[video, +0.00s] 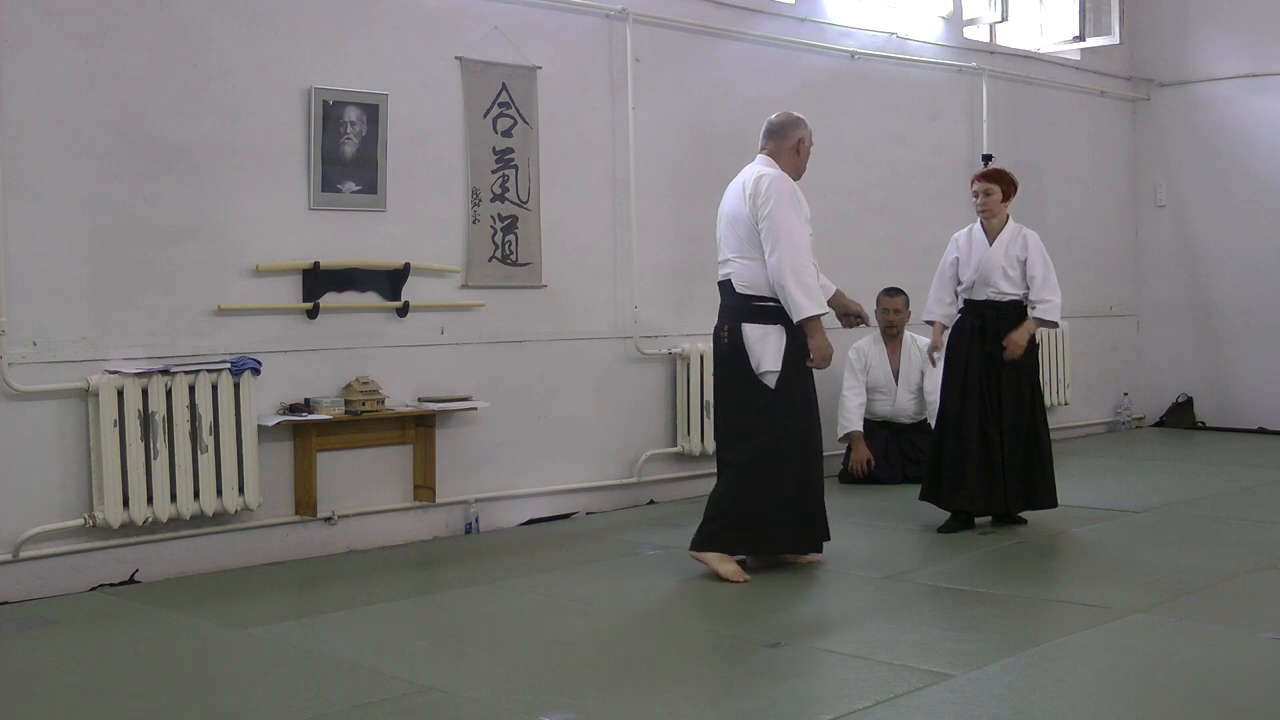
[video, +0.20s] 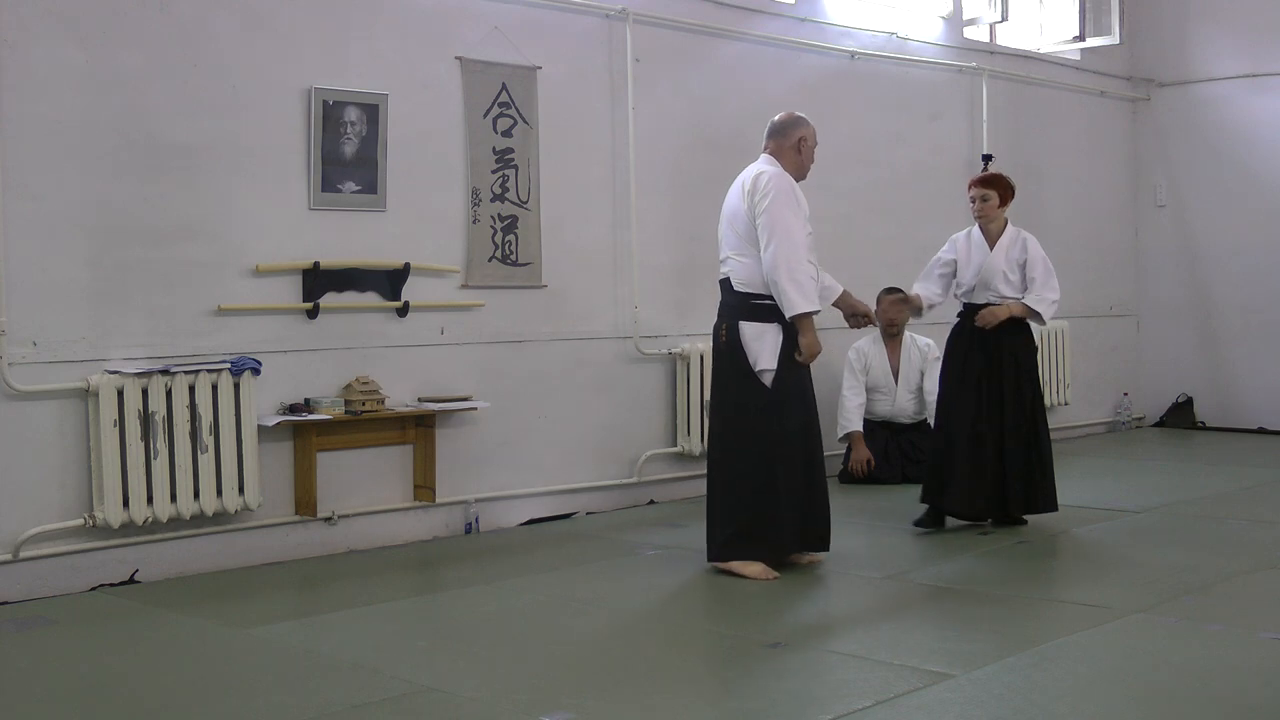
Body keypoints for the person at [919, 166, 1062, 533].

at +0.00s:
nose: (980, 200)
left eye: (988, 194)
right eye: (976, 195)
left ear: (1006, 198)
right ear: (972, 199)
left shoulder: (1025, 239)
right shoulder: (961, 239)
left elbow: (1047, 296)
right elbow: (945, 289)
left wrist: (1025, 330)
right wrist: (937, 331)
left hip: (1011, 330)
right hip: (969, 330)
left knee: (1010, 414)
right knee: (963, 414)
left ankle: (1006, 506)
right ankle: (963, 508)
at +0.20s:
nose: (977, 206)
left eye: (985, 200)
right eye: (973, 200)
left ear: (1004, 202)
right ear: (969, 203)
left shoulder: (1024, 244)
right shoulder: (960, 243)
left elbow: (1046, 298)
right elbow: (932, 287)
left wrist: (1007, 309)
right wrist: (910, 300)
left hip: (1010, 338)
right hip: (967, 336)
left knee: (1009, 419)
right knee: (953, 417)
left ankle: (1007, 507)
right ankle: (936, 507)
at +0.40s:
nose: (965, 212)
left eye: (973, 205)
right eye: (961, 206)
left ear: (992, 207)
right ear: (957, 209)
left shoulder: (1013, 249)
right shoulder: (949, 245)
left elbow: (1027, 301)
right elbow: (910, 274)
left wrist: (984, 303)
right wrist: (874, 283)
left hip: (998, 344)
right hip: (957, 343)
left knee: (1003, 423)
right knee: (940, 422)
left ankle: (1006, 508)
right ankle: (905, 504)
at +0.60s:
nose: (940, 208)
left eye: (948, 201)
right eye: (935, 201)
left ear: (966, 205)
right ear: (930, 206)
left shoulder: (985, 248)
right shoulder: (921, 243)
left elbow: (999, 304)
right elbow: (890, 277)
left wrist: (960, 307)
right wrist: (860, 297)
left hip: (969, 344)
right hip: (925, 345)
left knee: (979, 423)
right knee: (913, 426)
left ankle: (986, 509)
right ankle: (894, 515)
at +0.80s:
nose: (919, 204)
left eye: (928, 198)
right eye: (914, 198)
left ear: (946, 202)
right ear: (909, 203)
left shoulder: (964, 246)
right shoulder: (899, 243)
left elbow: (979, 303)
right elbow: (873, 281)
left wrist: (941, 312)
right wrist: (854, 308)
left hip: (950, 342)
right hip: (904, 341)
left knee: (962, 422)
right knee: (899, 426)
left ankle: (972, 508)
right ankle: (895, 518)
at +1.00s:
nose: (912, 207)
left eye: (921, 201)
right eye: (907, 201)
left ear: (938, 205)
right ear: (901, 207)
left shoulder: (958, 249)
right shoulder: (893, 246)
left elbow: (978, 305)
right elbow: (865, 285)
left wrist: (939, 318)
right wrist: (838, 311)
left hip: (945, 346)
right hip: (901, 346)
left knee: (951, 426)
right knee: (896, 430)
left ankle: (947, 514)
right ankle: (890, 520)